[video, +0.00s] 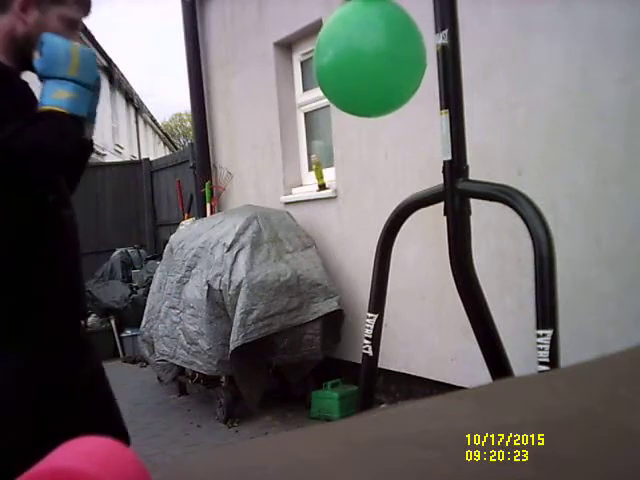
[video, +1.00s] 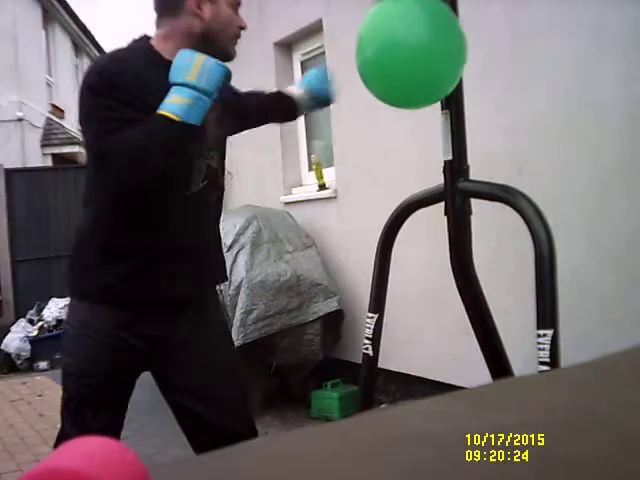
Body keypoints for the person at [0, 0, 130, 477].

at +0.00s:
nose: (78, 39)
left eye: (80, 26)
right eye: (71, 22)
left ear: (25, 14)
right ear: (23, 11)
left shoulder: (19, 89)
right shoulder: (4, 88)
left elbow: (52, 190)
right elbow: (31, 194)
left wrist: (75, 98)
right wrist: (66, 95)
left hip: (47, 323)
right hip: (25, 329)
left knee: (97, 453)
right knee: (95, 454)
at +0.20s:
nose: (76, 45)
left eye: (80, 32)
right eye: (73, 27)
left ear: (29, 15)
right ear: (30, 12)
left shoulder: (11, 90)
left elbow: (33, 193)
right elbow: (33, 189)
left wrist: (69, 102)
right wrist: (71, 95)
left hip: (39, 316)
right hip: (23, 321)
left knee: (119, 435)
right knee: (118, 434)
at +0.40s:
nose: (101, 40)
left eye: (106, 27)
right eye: (98, 25)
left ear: (52, 17)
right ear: (61, 16)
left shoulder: (22, 82)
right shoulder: (17, 85)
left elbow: (89, 166)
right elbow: (91, 165)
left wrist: (105, 73)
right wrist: (109, 68)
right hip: (41, 329)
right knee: (133, 443)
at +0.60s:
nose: (161, 38)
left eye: (162, 25)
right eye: (157, 22)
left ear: (117, 17)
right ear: (118, 15)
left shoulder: (110, 87)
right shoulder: (24, 81)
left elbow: (143, 126)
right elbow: (95, 172)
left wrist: (190, 95)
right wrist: (140, 89)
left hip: (111, 311)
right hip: (35, 322)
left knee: (172, 449)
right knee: (70, 466)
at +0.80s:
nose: (191, 41)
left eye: (191, 28)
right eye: (186, 25)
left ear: (149, 20)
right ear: (148, 17)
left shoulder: (145, 96)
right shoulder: (66, 88)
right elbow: (113, 192)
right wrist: (169, 99)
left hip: (163, 316)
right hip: (94, 324)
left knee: (244, 449)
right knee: (84, 470)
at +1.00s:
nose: (242, 22)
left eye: (240, 9)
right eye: (235, 8)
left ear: (199, 11)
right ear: (199, 7)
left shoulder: (211, 88)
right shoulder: (111, 76)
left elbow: (241, 109)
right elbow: (121, 171)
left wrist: (302, 98)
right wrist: (186, 96)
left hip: (190, 304)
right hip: (110, 304)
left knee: (237, 453)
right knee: (81, 456)